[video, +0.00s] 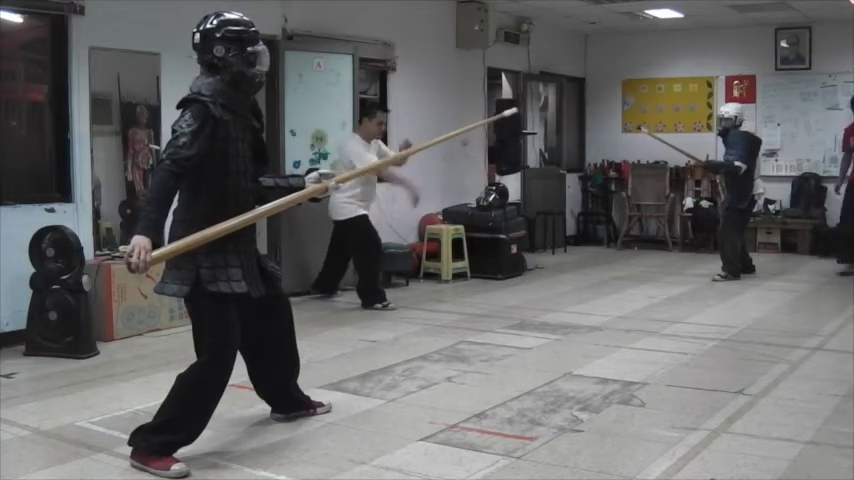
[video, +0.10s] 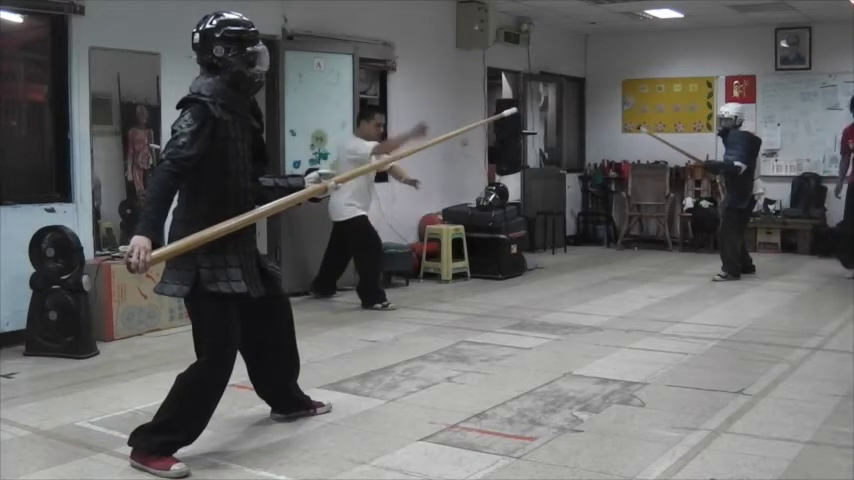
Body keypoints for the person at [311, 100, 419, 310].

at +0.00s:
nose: (383, 129)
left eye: (383, 125)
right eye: (379, 124)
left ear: (372, 124)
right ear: (364, 123)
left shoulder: (375, 144)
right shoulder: (352, 145)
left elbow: (396, 161)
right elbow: (378, 171)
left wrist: (404, 152)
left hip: (359, 206)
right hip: (345, 206)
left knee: (340, 250)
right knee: (370, 245)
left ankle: (323, 287)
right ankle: (371, 298)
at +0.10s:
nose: (381, 130)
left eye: (382, 126)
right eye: (377, 125)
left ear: (368, 127)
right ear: (362, 124)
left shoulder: (371, 150)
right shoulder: (351, 145)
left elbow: (389, 165)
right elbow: (381, 148)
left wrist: (405, 178)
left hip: (356, 208)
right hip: (345, 208)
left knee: (338, 251)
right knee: (371, 246)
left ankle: (322, 288)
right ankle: (372, 299)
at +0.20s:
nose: (380, 128)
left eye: (381, 124)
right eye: (376, 124)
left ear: (376, 124)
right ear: (363, 123)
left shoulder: (373, 148)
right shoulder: (347, 142)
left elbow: (387, 169)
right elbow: (373, 130)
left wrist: (401, 183)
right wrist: (396, 110)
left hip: (357, 208)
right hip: (344, 209)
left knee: (337, 251)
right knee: (371, 246)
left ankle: (320, 287)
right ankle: (371, 298)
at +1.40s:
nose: (369, 118)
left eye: (369, 115)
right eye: (363, 115)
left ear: (367, 119)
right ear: (349, 119)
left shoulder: (361, 147)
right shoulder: (348, 140)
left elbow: (377, 173)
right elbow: (372, 145)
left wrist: (397, 187)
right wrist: (397, 132)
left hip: (351, 208)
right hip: (345, 208)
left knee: (356, 247)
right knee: (372, 244)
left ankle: (327, 282)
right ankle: (372, 297)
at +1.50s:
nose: (361, 118)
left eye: (362, 114)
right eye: (356, 114)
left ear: (362, 120)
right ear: (342, 120)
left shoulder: (346, 143)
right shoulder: (344, 144)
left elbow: (364, 175)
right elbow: (363, 172)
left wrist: (387, 186)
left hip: (344, 208)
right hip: (344, 208)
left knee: (357, 250)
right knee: (368, 247)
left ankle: (330, 283)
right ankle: (372, 298)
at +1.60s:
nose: (353, 116)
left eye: (354, 112)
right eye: (348, 112)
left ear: (354, 117)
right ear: (335, 118)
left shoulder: (350, 145)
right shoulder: (331, 144)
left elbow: (359, 179)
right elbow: (327, 179)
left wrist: (373, 204)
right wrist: (337, 210)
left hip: (351, 210)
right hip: (336, 211)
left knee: (350, 254)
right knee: (356, 254)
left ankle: (326, 289)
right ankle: (371, 297)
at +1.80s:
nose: (340, 111)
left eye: (341, 107)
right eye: (335, 107)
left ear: (340, 111)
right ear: (322, 112)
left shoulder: (342, 139)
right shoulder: (313, 137)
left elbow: (344, 169)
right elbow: (300, 169)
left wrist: (348, 190)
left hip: (337, 202)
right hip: (316, 203)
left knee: (335, 247)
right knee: (328, 247)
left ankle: (321, 289)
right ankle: (337, 293)